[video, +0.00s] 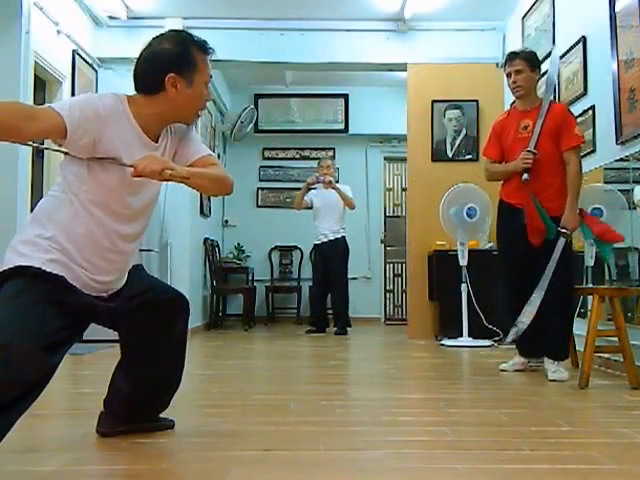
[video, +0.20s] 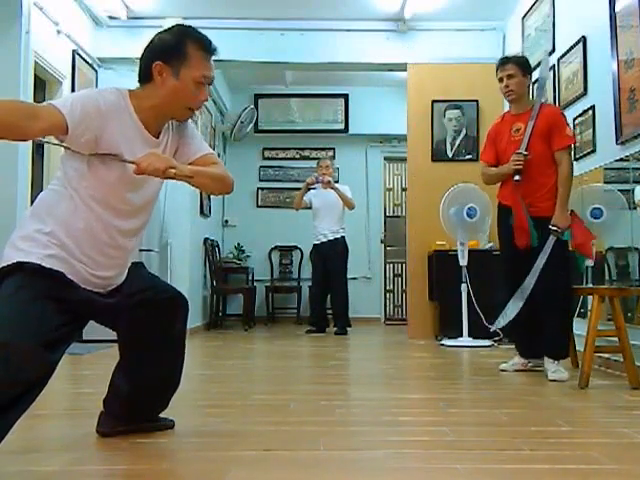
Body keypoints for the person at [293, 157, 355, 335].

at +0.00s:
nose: (326, 171)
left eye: (329, 167)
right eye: (322, 168)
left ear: (334, 169)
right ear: (318, 171)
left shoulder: (343, 189)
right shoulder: (314, 193)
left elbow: (351, 205)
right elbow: (298, 205)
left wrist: (335, 188)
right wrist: (305, 187)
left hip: (338, 241)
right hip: (320, 243)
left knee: (339, 286)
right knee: (318, 286)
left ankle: (341, 324)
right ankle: (318, 323)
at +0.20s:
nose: (324, 171)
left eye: (327, 167)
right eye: (321, 168)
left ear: (333, 170)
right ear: (317, 171)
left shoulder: (342, 189)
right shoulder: (313, 193)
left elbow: (351, 206)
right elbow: (297, 205)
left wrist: (334, 188)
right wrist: (305, 187)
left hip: (337, 241)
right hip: (319, 243)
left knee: (338, 286)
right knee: (317, 287)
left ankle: (341, 324)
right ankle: (318, 323)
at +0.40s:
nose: (324, 171)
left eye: (327, 168)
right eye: (321, 168)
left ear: (332, 170)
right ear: (316, 171)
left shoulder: (342, 189)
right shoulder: (313, 193)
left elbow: (350, 206)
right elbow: (297, 206)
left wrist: (333, 188)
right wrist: (304, 187)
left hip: (337, 241)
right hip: (319, 243)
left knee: (338, 286)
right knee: (317, 287)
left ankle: (341, 324)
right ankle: (318, 323)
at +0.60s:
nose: (324, 171)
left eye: (327, 167)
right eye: (321, 168)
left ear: (332, 170)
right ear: (316, 171)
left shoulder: (341, 189)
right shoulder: (313, 193)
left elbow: (349, 205)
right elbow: (299, 207)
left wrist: (332, 188)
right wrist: (307, 189)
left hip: (336, 241)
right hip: (318, 243)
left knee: (338, 286)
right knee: (317, 286)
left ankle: (341, 324)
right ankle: (318, 323)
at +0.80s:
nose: (324, 171)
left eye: (327, 168)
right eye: (321, 168)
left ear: (332, 170)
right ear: (317, 171)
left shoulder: (341, 189)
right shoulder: (314, 193)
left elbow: (349, 206)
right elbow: (300, 207)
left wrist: (332, 189)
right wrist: (308, 189)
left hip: (336, 241)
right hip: (318, 243)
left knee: (338, 285)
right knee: (317, 286)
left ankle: (341, 324)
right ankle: (318, 323)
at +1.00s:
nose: (325, 171)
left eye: (327, 168)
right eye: (321, 168)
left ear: (332, 170)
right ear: (317, 171)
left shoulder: (341, 189)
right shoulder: (313, 193)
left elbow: (349, 206)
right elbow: (301, 207)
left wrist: (332, 189)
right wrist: (309, 189)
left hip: (336, 241)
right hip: (318, 243)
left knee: (338, 285)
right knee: (317, 286)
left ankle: (341, 324)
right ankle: (318, 323)